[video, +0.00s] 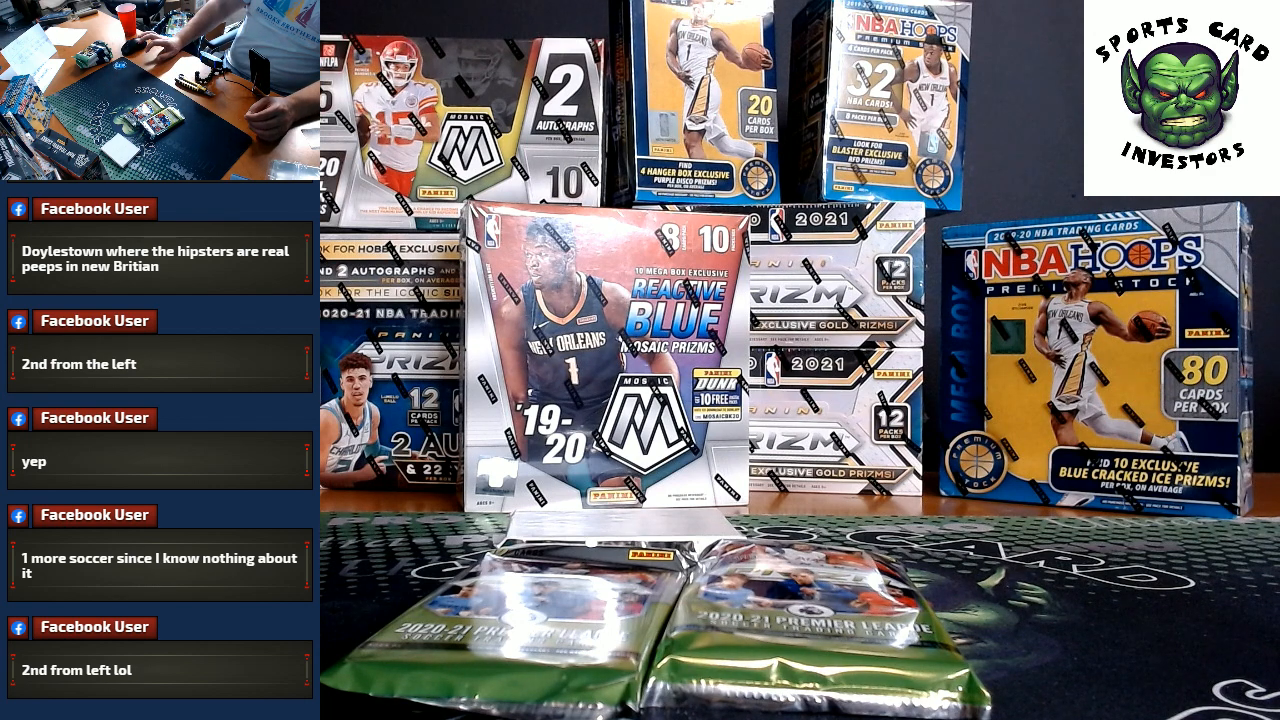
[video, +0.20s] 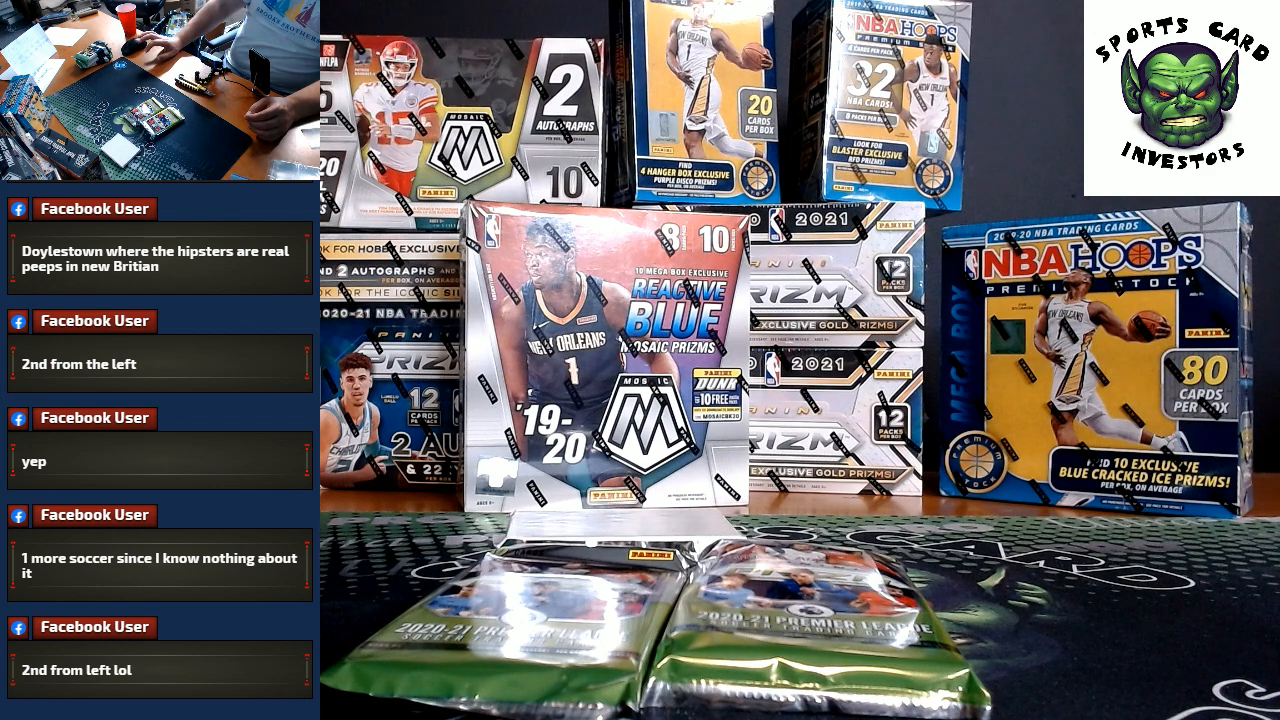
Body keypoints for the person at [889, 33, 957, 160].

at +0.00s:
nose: (928, 52)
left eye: (933, 49)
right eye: (926, 48)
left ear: (941, 52)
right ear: (923, 49)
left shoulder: (950, 71)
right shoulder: (913, 69)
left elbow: (955, 94)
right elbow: (886, 83)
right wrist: (900, 111)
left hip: (940, 116)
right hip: (918, 117)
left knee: (939, 153)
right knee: (923, 154)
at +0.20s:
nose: (928, 52)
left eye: (933, 49)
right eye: (926, 48)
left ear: (941, 52)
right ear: (923, 49)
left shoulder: (950, 71)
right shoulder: (913, 69)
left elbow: (955, 94)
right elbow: (886, 83)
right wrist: (900, 111)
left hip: (940, 116)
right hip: (918, 117)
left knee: (939, 152)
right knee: (923, 154)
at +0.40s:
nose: (928, 52)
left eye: (933, 49)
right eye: (926, 48)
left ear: (941, 52)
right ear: (923, 49)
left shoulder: (950, 70)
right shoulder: (913, 69)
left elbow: (955, 93)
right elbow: (886, 83)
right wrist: (900, 111)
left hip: (940, 116)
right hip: (918, 118)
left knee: (940, 154)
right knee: (923, 155)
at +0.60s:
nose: (928, 52)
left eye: (933, 48)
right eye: (926, 47)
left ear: (941, 51)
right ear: (923, 49)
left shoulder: (950, 70)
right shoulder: (913, 69)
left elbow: (955, 93)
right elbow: (886, 83)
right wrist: (900, 111)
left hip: (940, 116)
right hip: (918, 117)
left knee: (940, 153)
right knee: (923, 154)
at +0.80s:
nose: (928, 52)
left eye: (933, 49)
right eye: (926, 47)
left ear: (941, 51)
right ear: (923, 49)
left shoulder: (950, 70)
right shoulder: (913, 69)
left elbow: (955, 93)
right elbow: (886, 83)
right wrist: (900, 110)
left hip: (940, 116)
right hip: (918, 117)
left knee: (940, 153)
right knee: (923, 154)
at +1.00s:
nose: (928, 53)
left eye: (933, 50)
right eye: (926, 48)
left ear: (941, 52)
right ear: (923, 49)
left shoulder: (949, 70)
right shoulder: (913, 69)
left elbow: (955, 93)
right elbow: (886, 83)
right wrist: (900, 111)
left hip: (940, 117)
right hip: (918, 119)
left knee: (940, 155)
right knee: (923, 155)